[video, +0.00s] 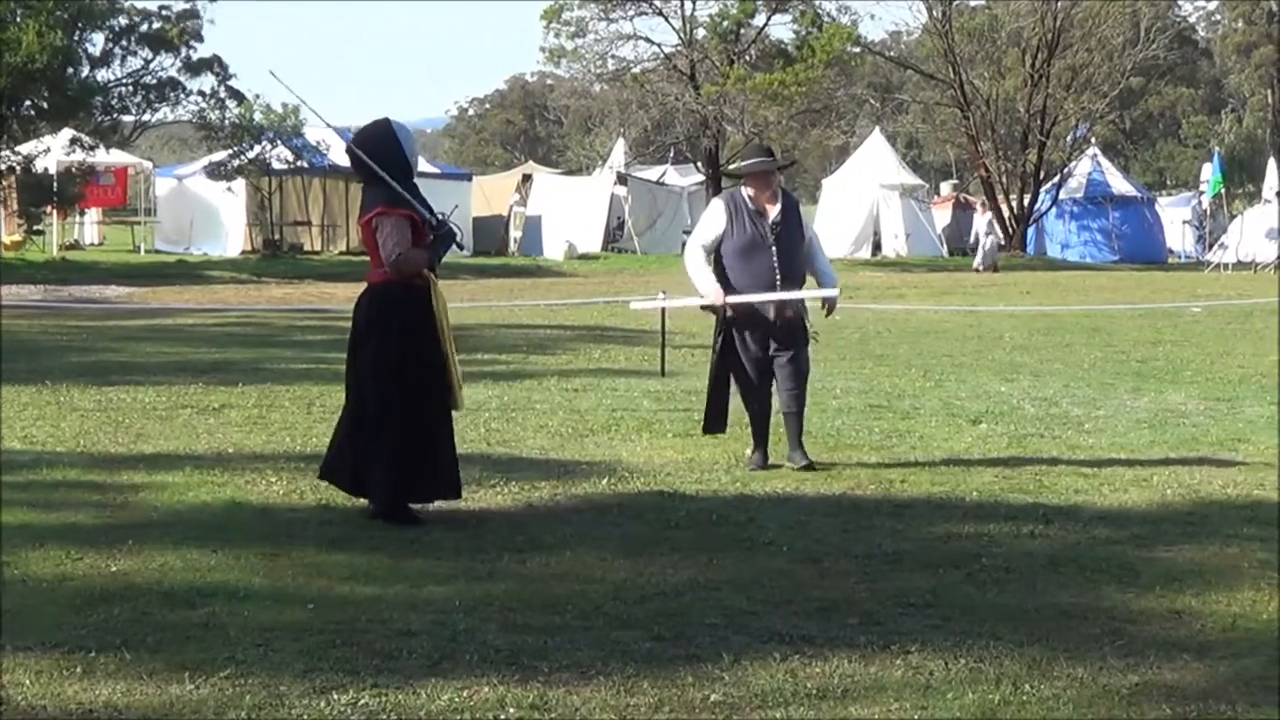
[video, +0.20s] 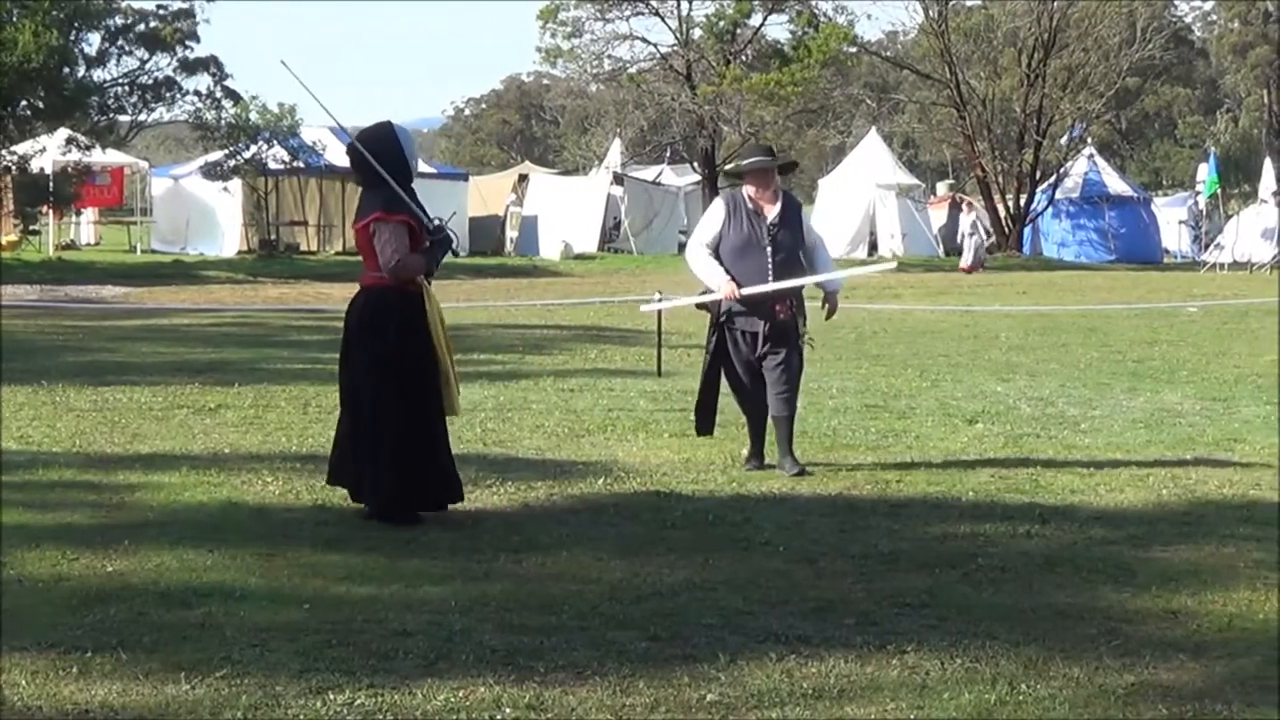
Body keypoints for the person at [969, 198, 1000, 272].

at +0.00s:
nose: (980, 209)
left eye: (982, 207)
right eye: (979, 207)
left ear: (985, 207)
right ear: (977, 208)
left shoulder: (989, 215)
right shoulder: (976, 216)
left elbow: (996, 226)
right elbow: (974, 228)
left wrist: (1001, 237)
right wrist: (972, 239)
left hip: (991, 236)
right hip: (982, 237)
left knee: (988, 249)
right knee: (982, 250)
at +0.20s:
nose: (965, 209)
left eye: (967, 207)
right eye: (964, 207)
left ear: (970, 207)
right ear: (963, 208)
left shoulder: (974, 215)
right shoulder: (962, 215)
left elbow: (980, 226)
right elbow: (960, 227)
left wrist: (984, 236)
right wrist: (959, 237)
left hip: (975, 235)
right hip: (967, 235)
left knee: (973, 251)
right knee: (966, 250)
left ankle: (970, 265)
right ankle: (964, 264)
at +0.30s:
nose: (955, 205)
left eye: (956, 203)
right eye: (953, 203)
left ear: (960, 204)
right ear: (950, 204)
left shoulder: (963, 213)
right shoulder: (951, 214)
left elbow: (968, 225)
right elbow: (951, 227)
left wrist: (967, 235)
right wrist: (949, 237)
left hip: (961, 235)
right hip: (953, 235)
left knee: (962, 250)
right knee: (953, 250)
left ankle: (961, 266)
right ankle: (954, 265)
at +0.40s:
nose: (945, 208)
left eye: (947, 205)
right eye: (944, 206)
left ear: (951, 205)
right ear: (942, 206)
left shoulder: (955, 213)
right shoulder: (943, 215)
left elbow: (959, 226)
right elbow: (943, 227)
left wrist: (954, 235)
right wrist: (942, 236)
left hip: (953, 235)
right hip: (945, 235)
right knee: (944, 250)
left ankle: (955, 267)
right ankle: (943, 266)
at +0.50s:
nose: (930, 210)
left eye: (932, 208)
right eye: (930, 208)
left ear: (936, 208)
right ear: (929, 208)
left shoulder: (938, 215)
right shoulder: (929, 217)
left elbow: (942, 226)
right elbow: (928, 228)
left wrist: (939, 234)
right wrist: (927, 236)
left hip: (938, 236)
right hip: (931, 236)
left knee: (945, 251)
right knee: (928, 252)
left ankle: (946, 268)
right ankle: (927, 268)